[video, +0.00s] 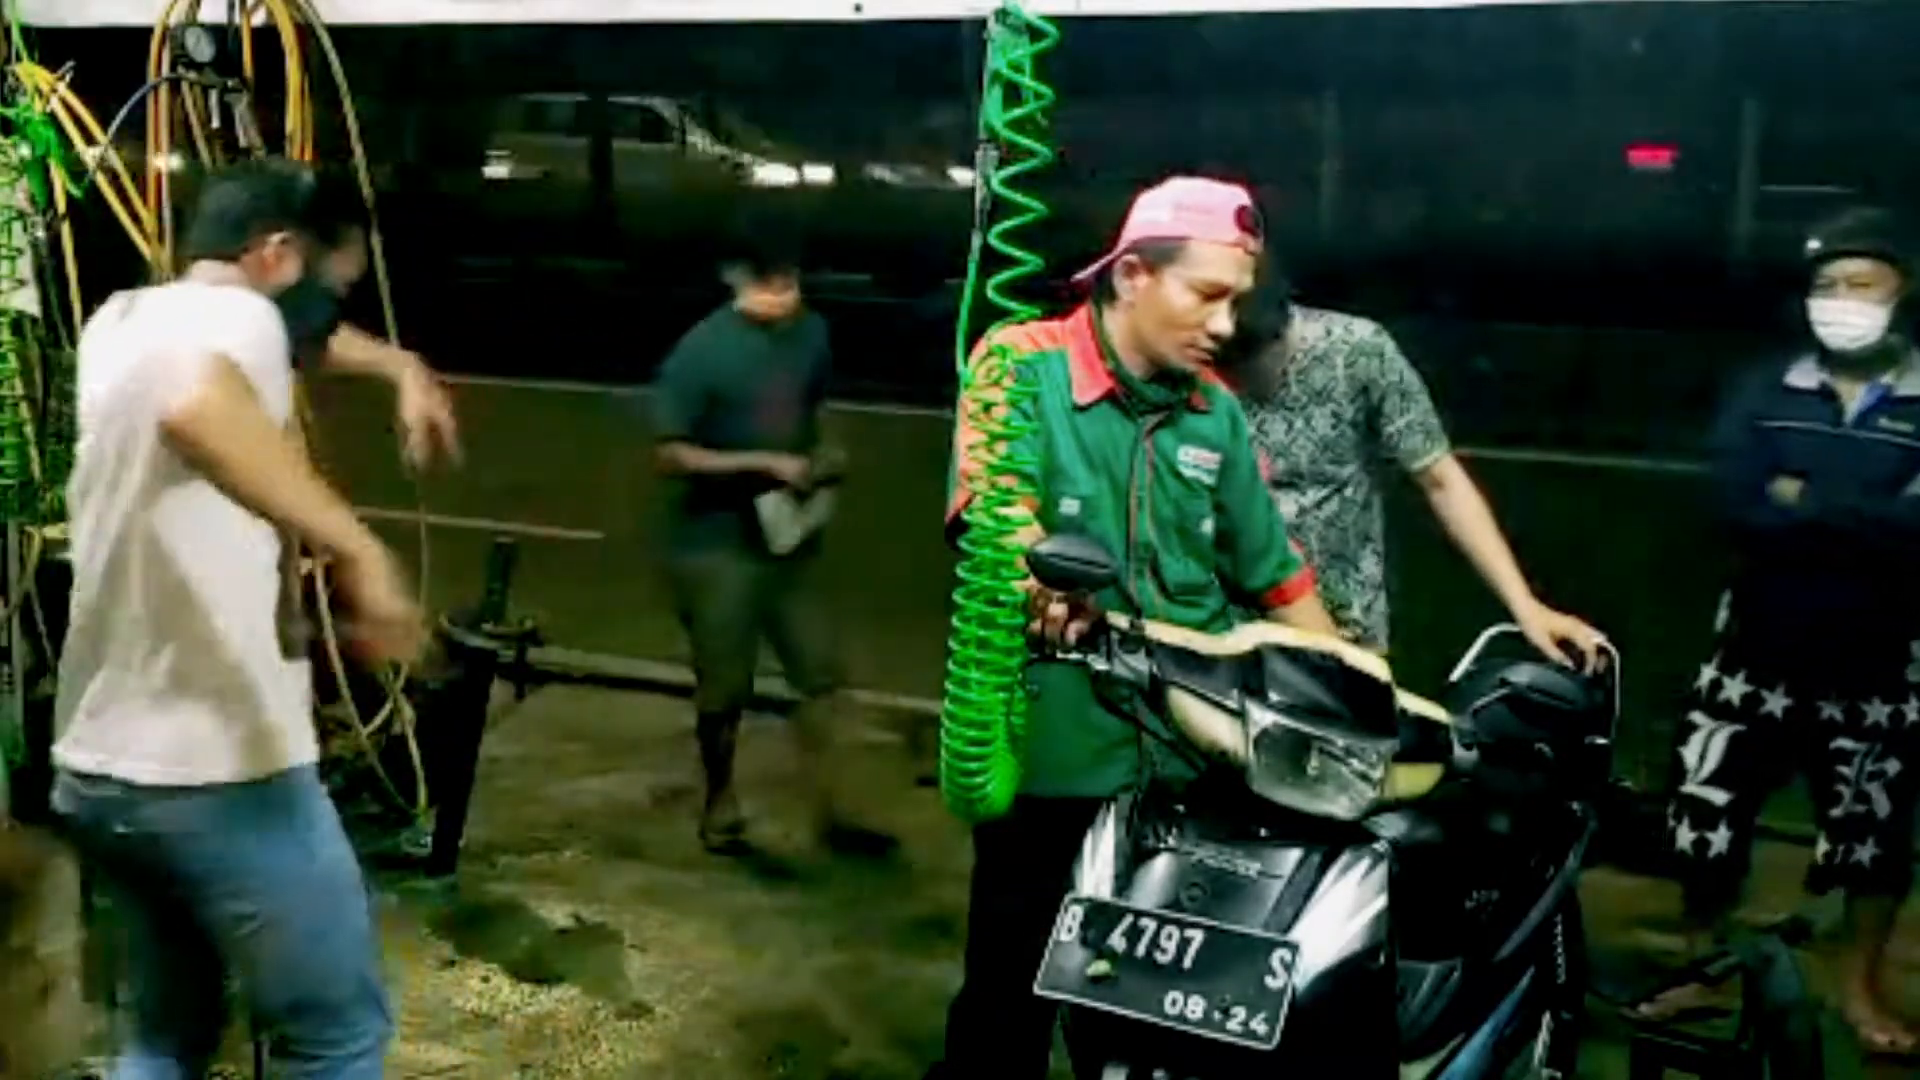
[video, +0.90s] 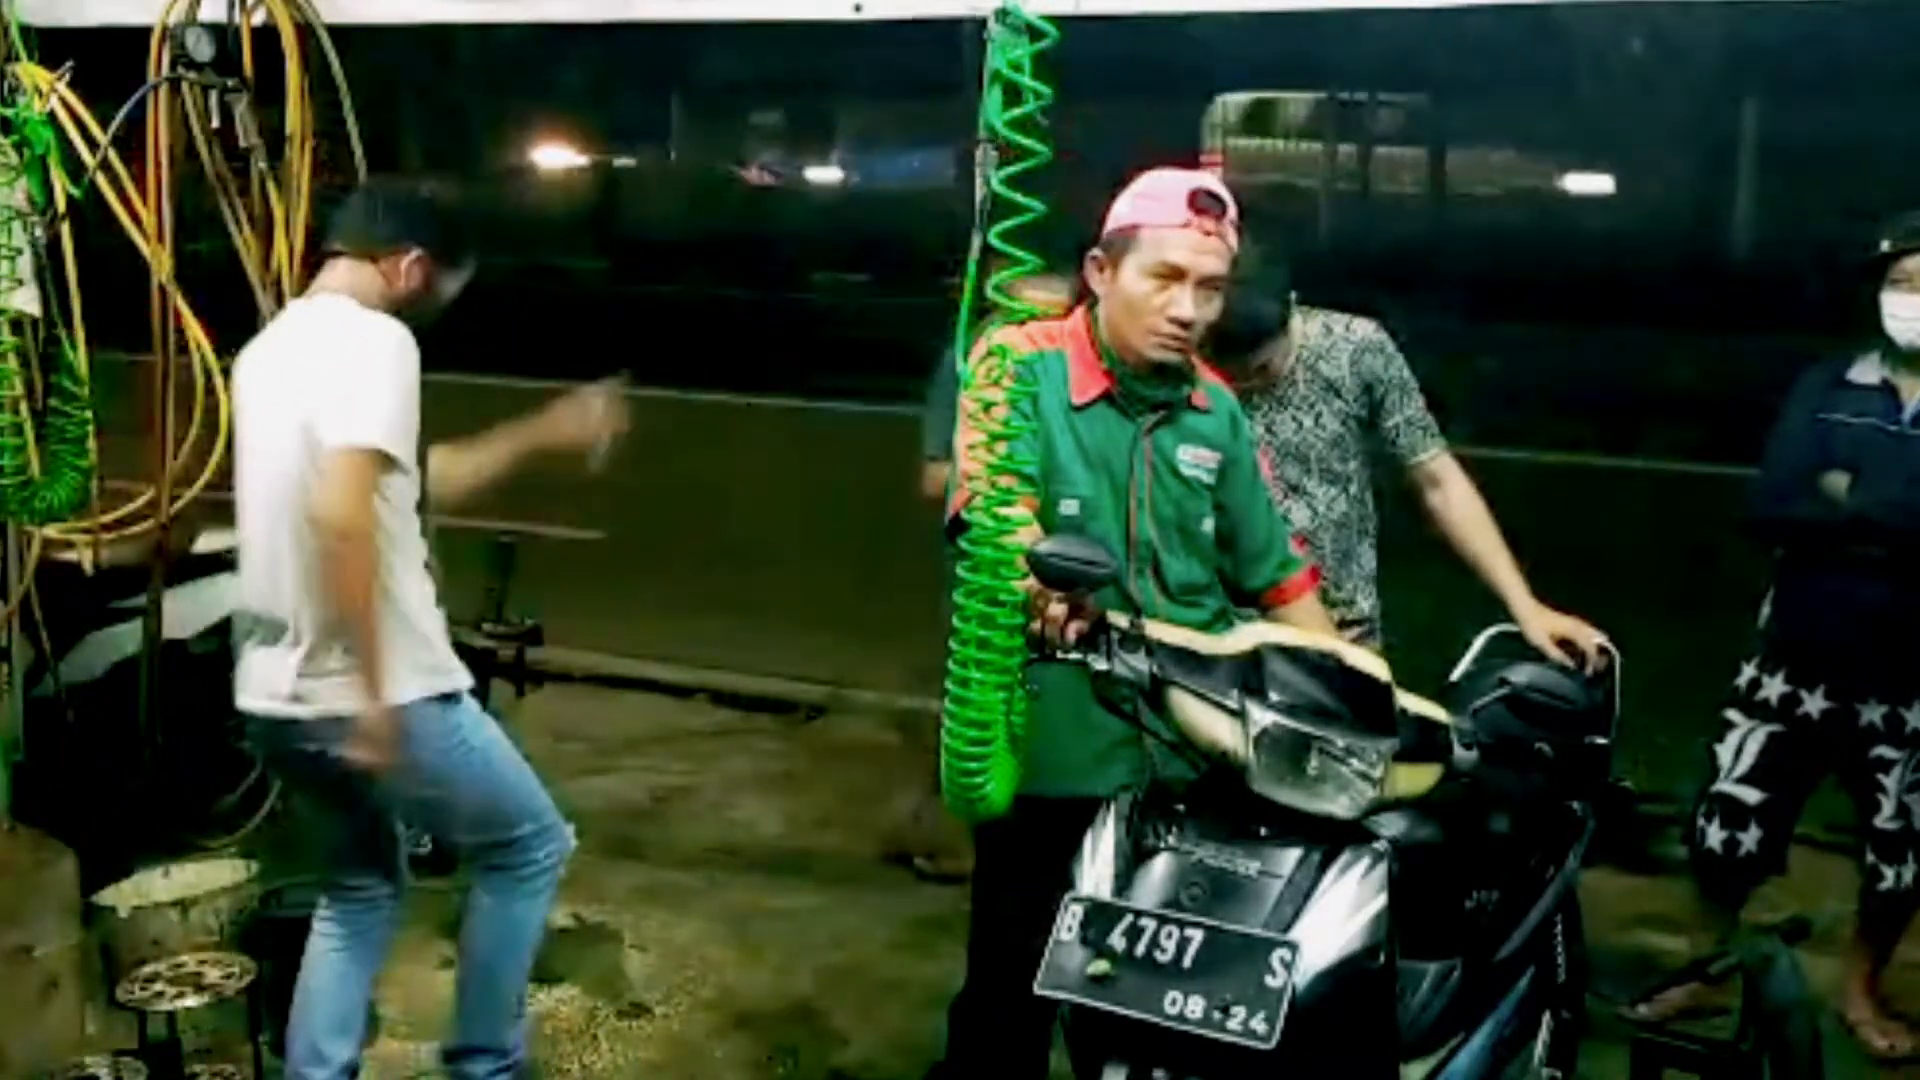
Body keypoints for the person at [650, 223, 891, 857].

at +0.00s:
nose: (781, 297)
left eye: (788, 283)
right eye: (767, 285)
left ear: (800, 282)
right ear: (736, 282)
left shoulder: (809, 338)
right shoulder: (705, 349)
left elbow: (811, 422)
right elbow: (669, 450)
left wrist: (823, 461)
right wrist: (769, 463)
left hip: (785, 544)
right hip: (714, 546)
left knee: (819, 676)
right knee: (723, 686)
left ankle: (827, 815)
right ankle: (720, 809)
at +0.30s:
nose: (868, 286)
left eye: (878, 274)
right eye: (855, 273)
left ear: (890, 281)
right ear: (826, 277)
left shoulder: (894, 344)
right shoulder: (794, 348)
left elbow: (887, 430)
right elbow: (757, 453)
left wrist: (900, 471)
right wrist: (860, 461)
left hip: (875, 555)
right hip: (798, 554)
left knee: (906, 688)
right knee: (778, 695)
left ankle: (895, 833)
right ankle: (726, 801)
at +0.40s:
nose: (900, 281)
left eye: (910, 268)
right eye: (886, 267)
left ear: (925, 273)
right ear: (857, 270)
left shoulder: (936, 342)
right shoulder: (825, 345)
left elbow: (961, 424)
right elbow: (789, 447)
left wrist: (953, 465)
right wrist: (896, 455)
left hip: (919, 560)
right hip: (840, 561)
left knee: (918, 705)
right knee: (837, 716)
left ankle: (897, 833)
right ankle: (761, 784)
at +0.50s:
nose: (923, 268)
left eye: (934, 255)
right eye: (910, 253)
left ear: (951, 264)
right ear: (882, 257)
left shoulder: (951, 340)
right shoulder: (850, 339)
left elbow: (969, 424)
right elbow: (819, 445)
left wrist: (977, 459)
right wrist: (928, 448)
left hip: (947, 548)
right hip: (873, 547)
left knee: (931, 704)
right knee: (887, 704)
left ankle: (902, 827)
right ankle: (815, 780)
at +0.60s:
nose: (956, 271)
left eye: (964, 258)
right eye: (943, 257)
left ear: (973, 266)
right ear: (911, 260)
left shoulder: (977, 338)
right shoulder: (881, 340)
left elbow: (998, 423)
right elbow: (845, 447)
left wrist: (991, 449)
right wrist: (945, 449)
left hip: (978, 551)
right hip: (905, 549)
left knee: (970, 692)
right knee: (935, 689)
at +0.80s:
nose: (1010, 297)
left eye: (1020, 283)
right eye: (997, 282)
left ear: (1034, 287)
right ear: (964, 283)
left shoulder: (1044, 353)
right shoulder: (937, 355)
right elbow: (901, 466)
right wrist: (974, 465)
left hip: (1028, 541)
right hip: (952, 547)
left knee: (1023, 688)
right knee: (959, 687)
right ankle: (918, 825)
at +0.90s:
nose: (1036, 323)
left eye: (1052, 309)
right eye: (1025, 306)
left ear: (1076, 302)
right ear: (999, 299)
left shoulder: (1079, 362)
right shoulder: (968, 361)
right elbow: (936, 476)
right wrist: (999, 480)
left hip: (1066, 542)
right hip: (986, 544)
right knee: (971, 685)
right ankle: (936, 819)